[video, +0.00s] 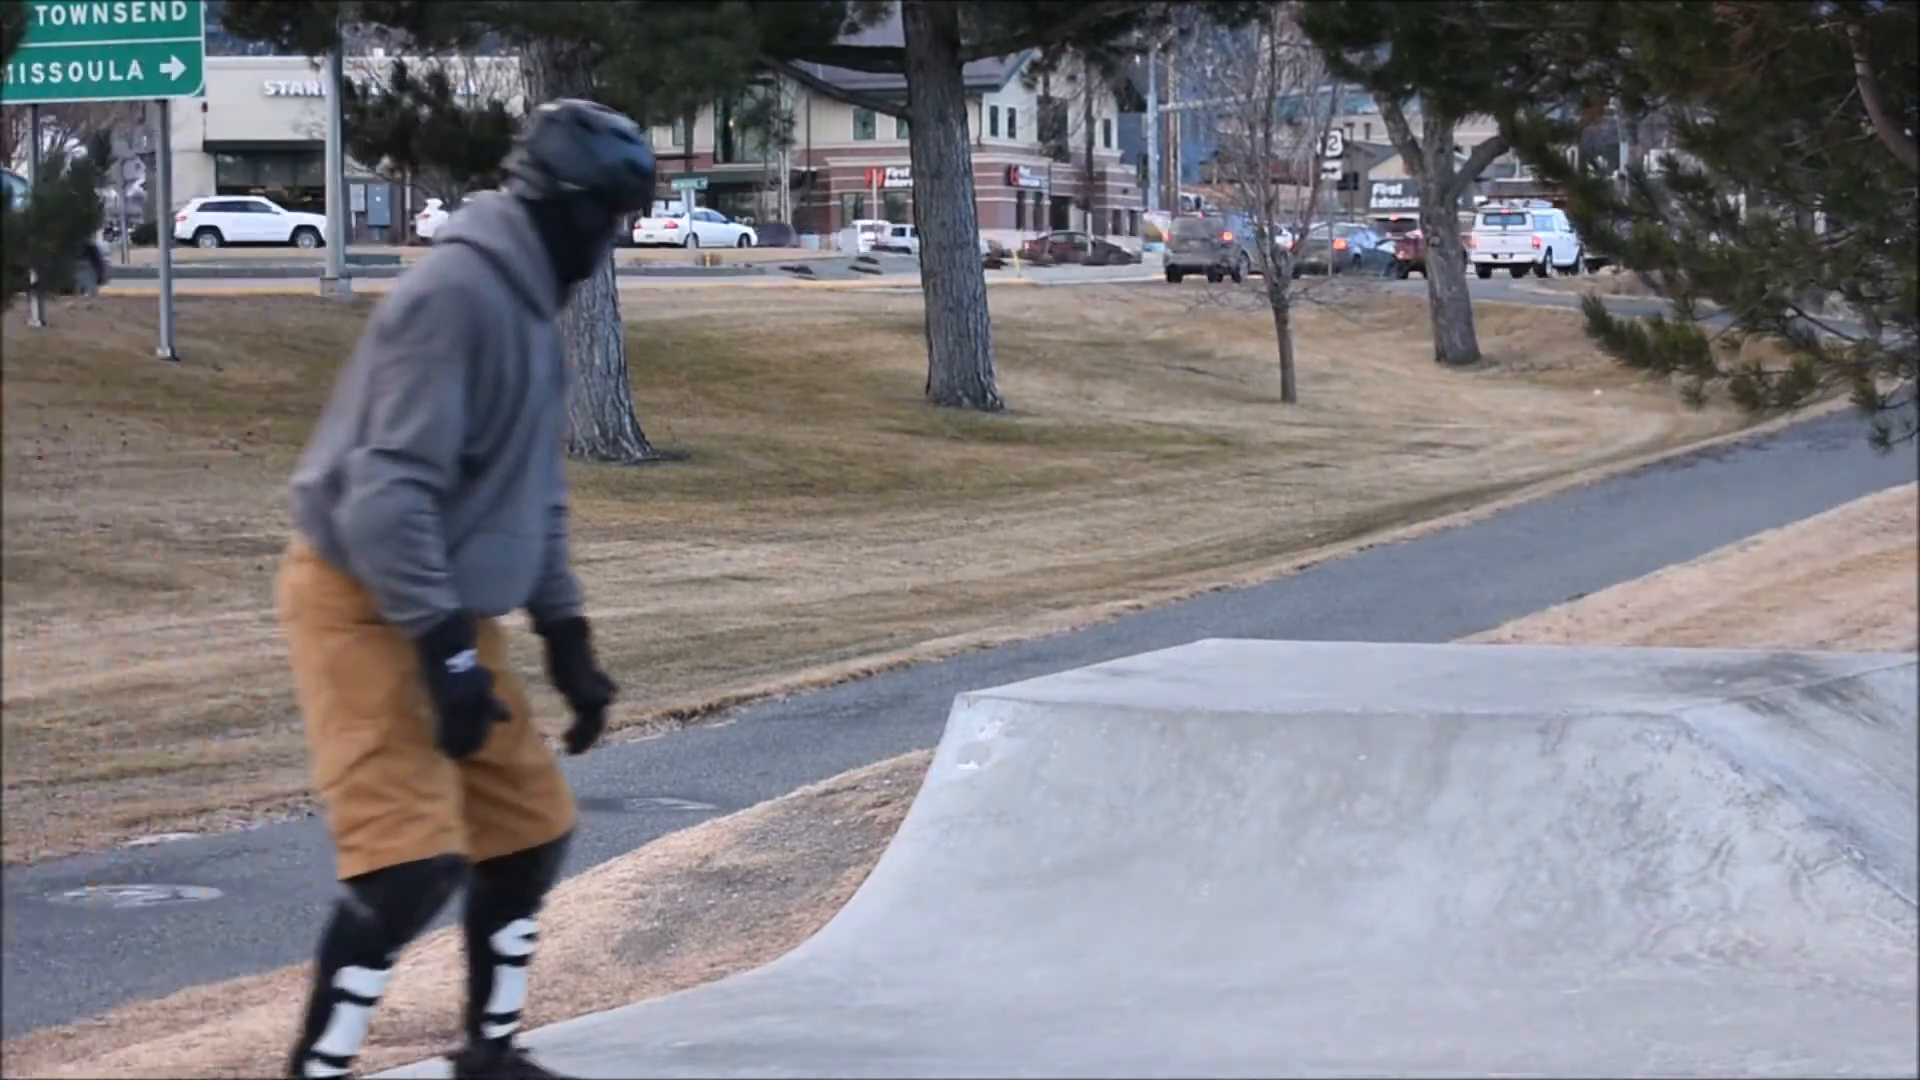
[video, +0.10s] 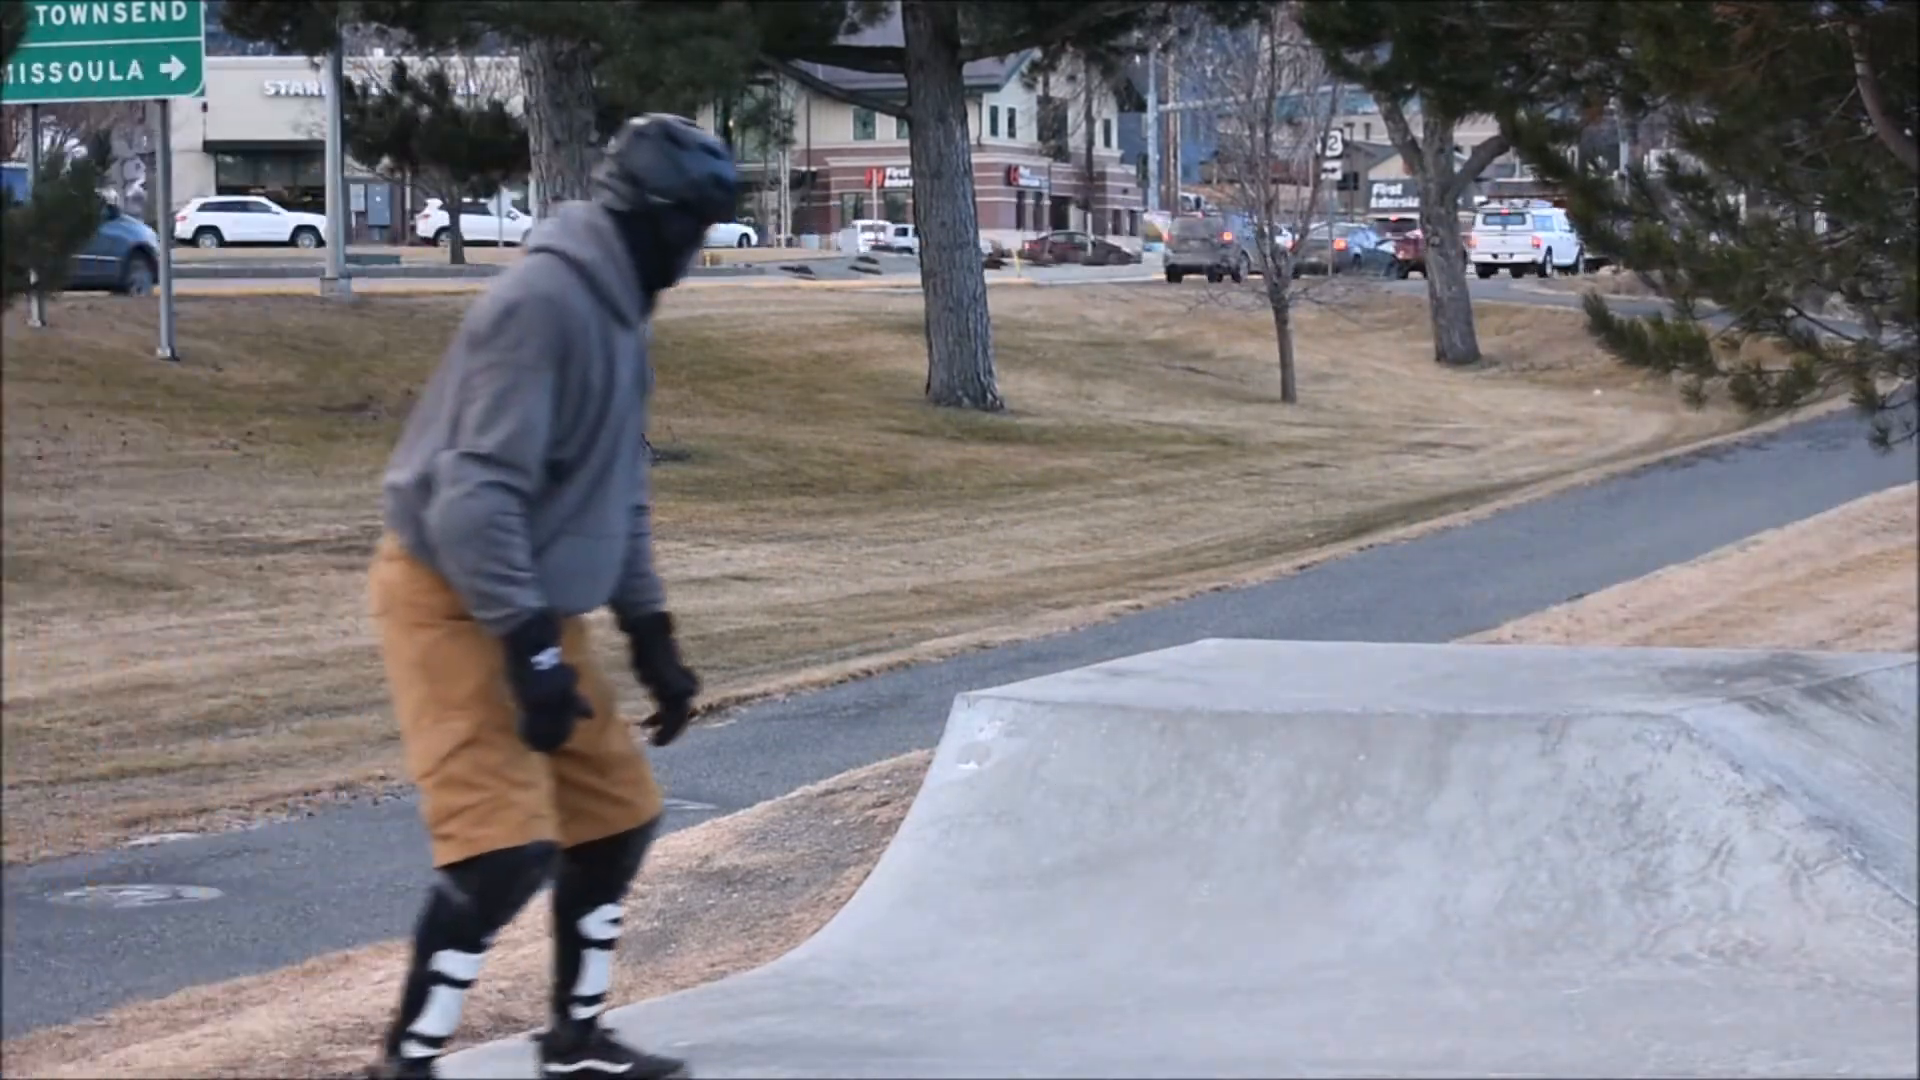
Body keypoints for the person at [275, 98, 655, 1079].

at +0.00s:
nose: (616, 238)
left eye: (623, 218)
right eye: (613, 214)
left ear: (569, 200)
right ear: (565, 198)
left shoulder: (533, 305)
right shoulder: (454, 293)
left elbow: (534, 495)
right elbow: (386, 491)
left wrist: (564, 637)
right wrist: (446, 653)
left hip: (455, 599)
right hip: (354, 588)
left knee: (527, 828)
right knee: (409, 858)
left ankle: (491, 1050)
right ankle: (316, 1067)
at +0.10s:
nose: (699, 247)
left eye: (706, 228)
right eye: (695, 224)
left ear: (653, 211)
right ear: (650, 209)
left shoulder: (615, 311)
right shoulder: (541, 301)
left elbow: (615, 495)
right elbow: (474, 491)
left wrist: (649, 630)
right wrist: (529, 646)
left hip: (545, 597)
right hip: (444, 588)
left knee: (614, 816)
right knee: (503, 844)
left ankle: (576, 1034)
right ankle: (407, 1057)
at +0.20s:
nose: (775, 260)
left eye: (783, 243)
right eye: (772, 239)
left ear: (734, 224)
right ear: (729, 222)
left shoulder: (694, 318)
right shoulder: (625, 308)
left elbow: (694, 497)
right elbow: (554, 492)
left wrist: (729, 628)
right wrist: (607, 640)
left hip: (625, 592)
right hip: (527, 585)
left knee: (700, 803)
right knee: (594, 833)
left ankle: (657, 1018)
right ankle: (497, 1043)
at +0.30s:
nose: (850, 272)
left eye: (857, 255)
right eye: (848, 251)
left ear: (808, 235)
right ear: (810, 236)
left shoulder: (768, 329)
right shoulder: (698, 318)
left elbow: (768, 496)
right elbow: (624, 496)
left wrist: (805, 622)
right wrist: (676, 635)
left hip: (698, 592)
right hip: (608, 586)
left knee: (780, 791)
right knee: (683, 823)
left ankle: (732, 1001)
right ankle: (581, 1030)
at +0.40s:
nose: (918, 273)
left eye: (926, 258)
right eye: (916, 253)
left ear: (888, 238)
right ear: (878, 233)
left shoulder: (841, 322)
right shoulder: (775, 309)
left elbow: (844, 486)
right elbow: (683, 476)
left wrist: (879, 604)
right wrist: (729, 618)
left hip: (772, 583)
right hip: (687, 580)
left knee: (842, 777)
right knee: (752, 805)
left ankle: (800, 980)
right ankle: (660, 1015)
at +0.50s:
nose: (991, 283)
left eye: (1001, 268)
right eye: (992, 263)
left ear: (965, 241)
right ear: (957, 238)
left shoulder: (918, 312)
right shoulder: (845, 305)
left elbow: (914, 468)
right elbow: (740, 458)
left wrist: (943, 583)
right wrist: (774, 596)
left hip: (841, 577)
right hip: (762, 570)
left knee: (895, 763)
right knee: (807, 783)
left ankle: (863, 962)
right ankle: (730, 994)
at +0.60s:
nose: (1058, 314)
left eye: (1068, 301)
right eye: (1060, 296)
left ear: (1036, 274)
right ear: (1030, 270)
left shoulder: (994, 342)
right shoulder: (913, 327)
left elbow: (980, 483)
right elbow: (795, 466)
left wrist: (1016, 595)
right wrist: (824, 602)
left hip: (905, 581)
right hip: (826, 573)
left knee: (966, 754)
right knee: (877, 773)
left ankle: (925, 947)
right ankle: (799, 979)